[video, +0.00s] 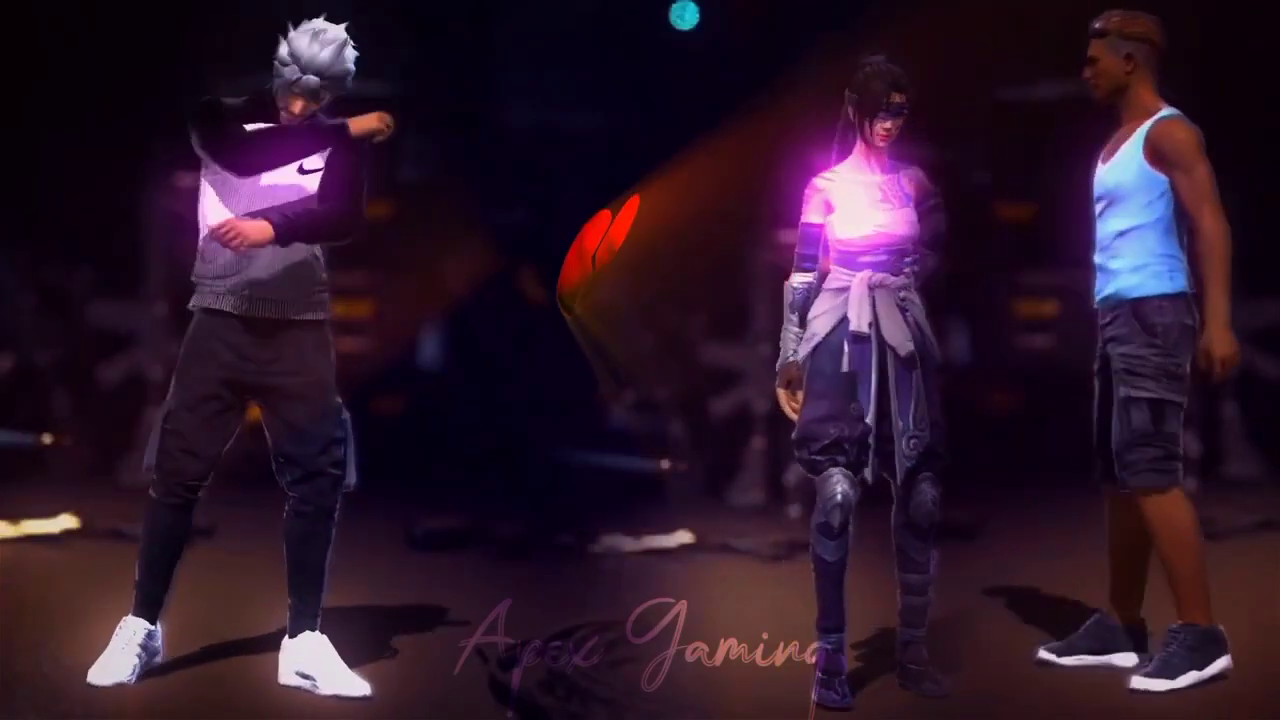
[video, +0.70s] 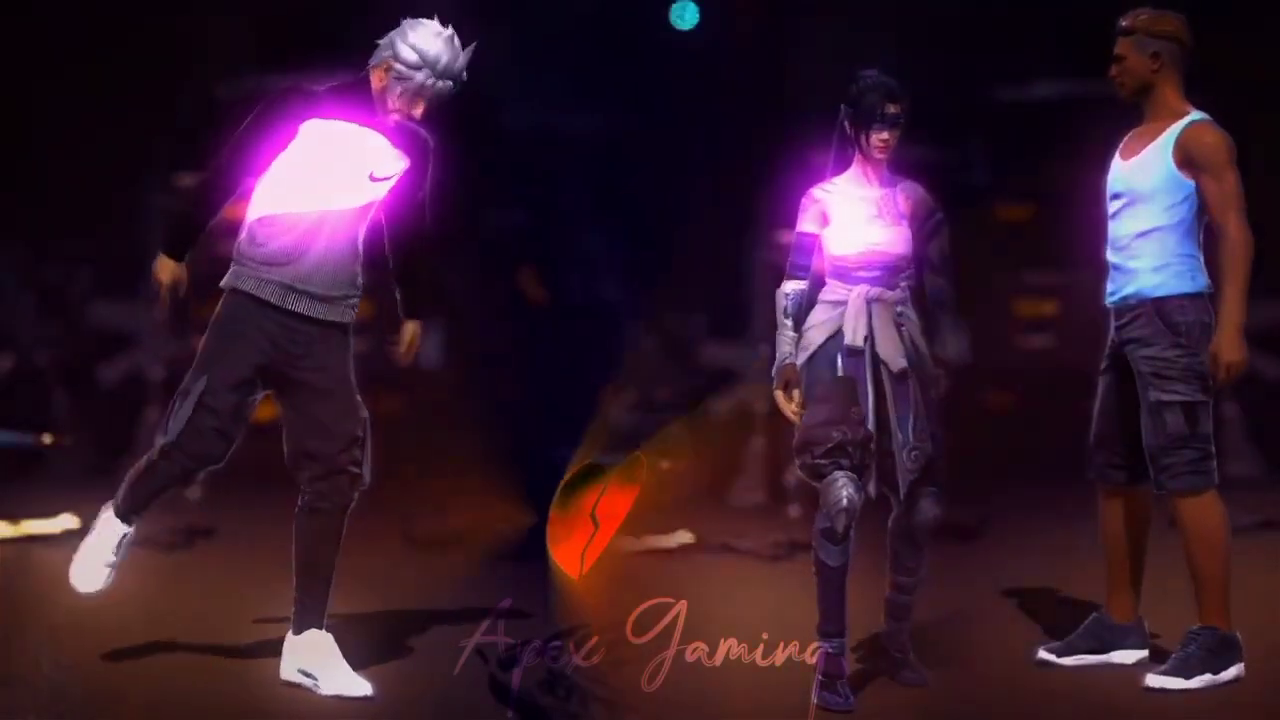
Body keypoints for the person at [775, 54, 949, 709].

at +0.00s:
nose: (893, 124)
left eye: (902, 114)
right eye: (884, 112)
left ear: (910, 117)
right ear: (855, 110)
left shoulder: (915, 182)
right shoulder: (825, 184)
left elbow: (930, 262)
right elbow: (804, 272)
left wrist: (900, 277)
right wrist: (789, 354)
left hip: (904, 338)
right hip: (835, 337)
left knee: (920, 494)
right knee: (836, 495)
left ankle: (912, 646)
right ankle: (831, 647)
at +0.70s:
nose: (886, 138)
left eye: (895, 126)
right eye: (876, 126)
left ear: (903, 131)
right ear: (852, 127)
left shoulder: (916, 200)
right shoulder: (822, 198)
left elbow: (937, 288)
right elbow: (795, 286)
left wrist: (944, 359)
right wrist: (784, 362)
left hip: (899, 342)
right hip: (831, 341)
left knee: (913, 495)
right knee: (841, 495)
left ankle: (897, 638)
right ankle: (833, 652)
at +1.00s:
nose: (880, 152)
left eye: (888, 142)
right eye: (869, 142)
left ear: (896, 148)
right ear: (848, 148)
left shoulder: (911, 220)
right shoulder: (817, 219)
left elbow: (939, 304)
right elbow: (795, 300)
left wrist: (949, 375)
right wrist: (795, 364)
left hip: (893, 354)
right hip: (831, 352)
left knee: (907, 509)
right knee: (844, 496)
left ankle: (868, 621)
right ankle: (831, 650)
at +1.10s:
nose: (880, 157)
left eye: (888, 146)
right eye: (870, 146)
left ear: (897, 151)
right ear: (848, 151)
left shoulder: (912, 225)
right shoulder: (817, 223)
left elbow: (939, 308)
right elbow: (796, 305)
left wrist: (949, 377)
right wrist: (796, 368)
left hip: (893, 358)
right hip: (831, 355)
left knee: (907, 509)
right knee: (845, 496)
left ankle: (867, 622)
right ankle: (831, 651)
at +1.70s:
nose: (877, 240)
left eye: (874, 231)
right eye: (868, 232)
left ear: (840, 241)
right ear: (840, 239)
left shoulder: (853, 306)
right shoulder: (823, 308)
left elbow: (861, 386)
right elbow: (838, 396)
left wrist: (915, 413)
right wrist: (904, 413)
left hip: (840, 435)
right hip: (813, 437)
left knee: (832, 593)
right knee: (923, 483)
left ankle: (701, 608)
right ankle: (920, 653)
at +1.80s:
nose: (864, 254)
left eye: (861, 244)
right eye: (854, 245)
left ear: (828, 255)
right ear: (828, 254)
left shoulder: (829, 315)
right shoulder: (819, 318)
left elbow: (844, 399)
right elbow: (839, 404)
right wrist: (919, 418)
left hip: (818, 450)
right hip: (809, 455)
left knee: (821, 603)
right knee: (939, 490)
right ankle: (925, 647)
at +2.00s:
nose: (851, 266)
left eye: (848, 258)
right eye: (842, 258)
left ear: (820, 268)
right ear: (820, 267)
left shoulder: (812, 327)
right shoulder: (816, 330)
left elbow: (841, 418)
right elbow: (844, 422)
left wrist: (913, 420)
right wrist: (915, 421)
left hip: (797, 469)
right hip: (811, 469)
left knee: (812, 620)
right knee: (941, 502)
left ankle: (684, 615)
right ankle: (924, 652)